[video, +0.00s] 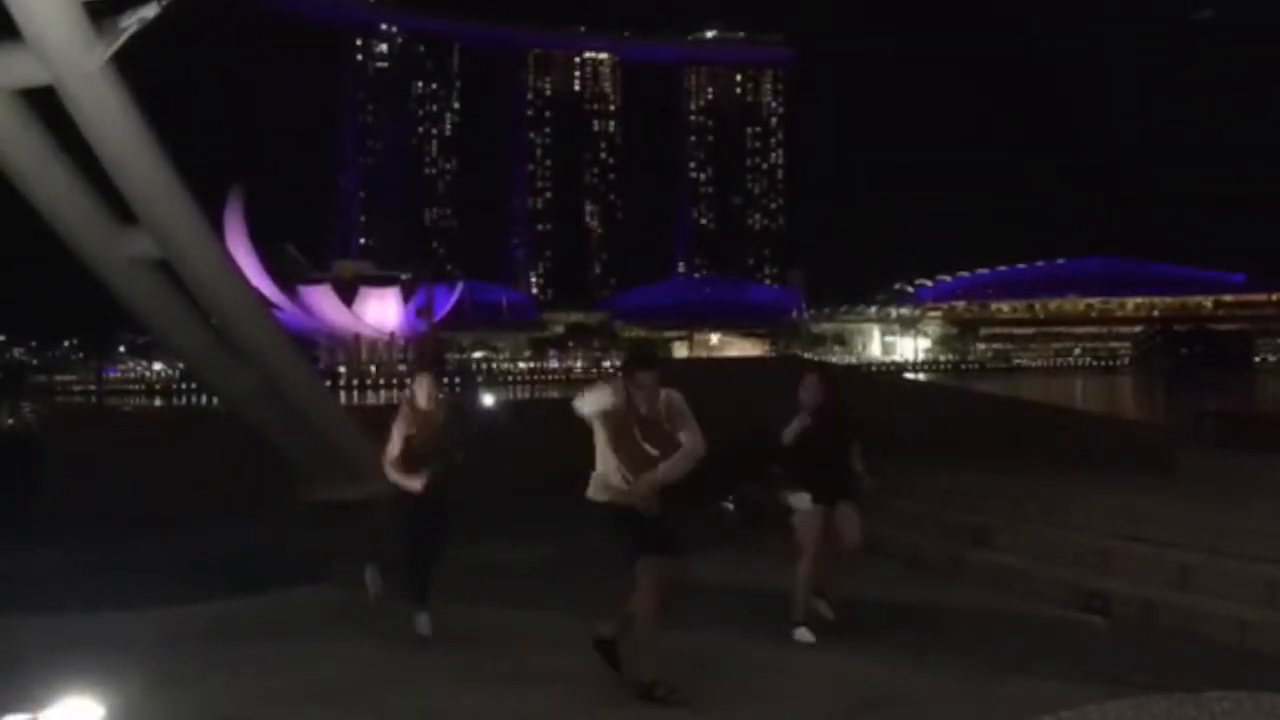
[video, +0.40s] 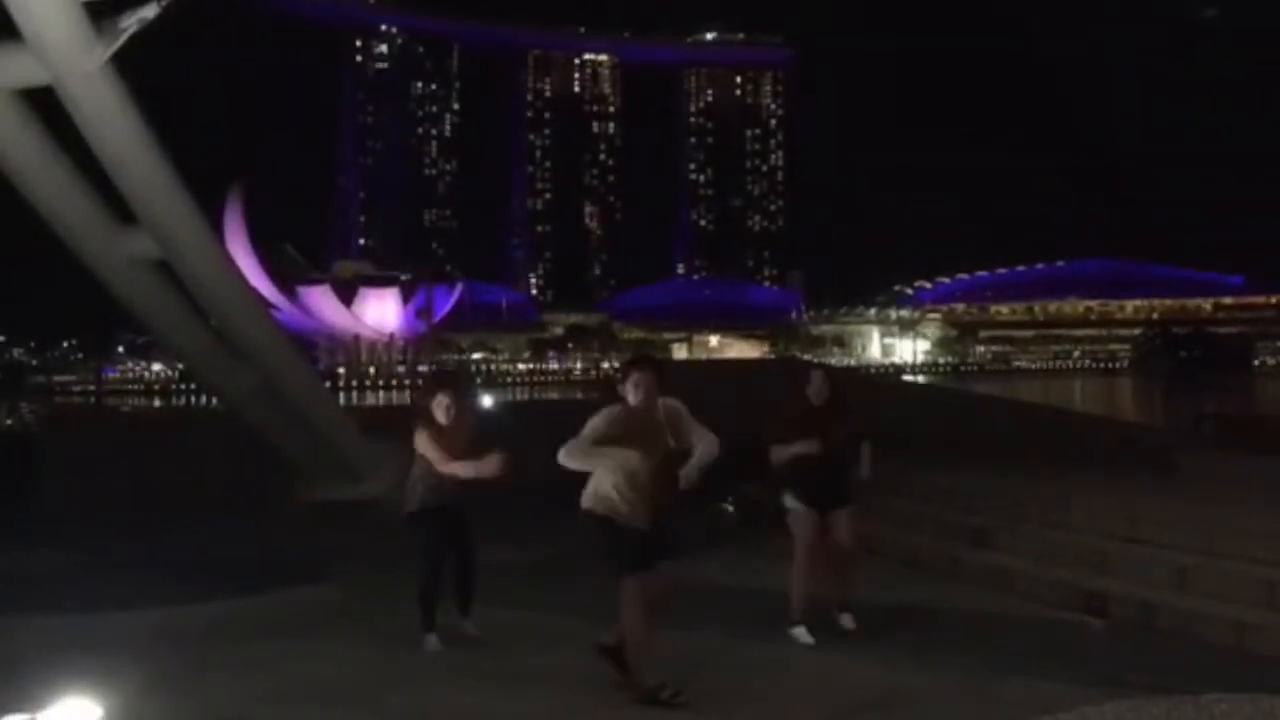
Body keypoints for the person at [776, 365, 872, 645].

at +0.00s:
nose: (808, 394)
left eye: (814, 389)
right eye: (805, 388)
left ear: (825, 393)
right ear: (799, 392)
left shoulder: (839, 421)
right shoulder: (796, 425)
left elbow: (852, 453)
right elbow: (780, 454)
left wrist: (860, 475)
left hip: (837, 489)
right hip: (806, 491)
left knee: (849, 540)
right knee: (810, 551)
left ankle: (821, 593)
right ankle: (799, 620)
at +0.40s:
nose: (818, 391)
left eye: (823, 385)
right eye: (813, 385)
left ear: (830, 387)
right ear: (806, 386)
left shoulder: (839, 413)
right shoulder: (795, 413)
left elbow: (860, 440)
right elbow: (775, 454)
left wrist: (862, 467)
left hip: (836, 487)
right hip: (802, 489)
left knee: (844, 546)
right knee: (805, 551)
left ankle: (843, 606)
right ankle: (797, 618)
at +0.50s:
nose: (820, 394)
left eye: (825, 388)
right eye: (816, 388)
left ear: (834, 391)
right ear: (810, 391)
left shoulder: (847, 422)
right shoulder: (800, 422)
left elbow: (862, 461)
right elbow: (789, 464)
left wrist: (859, 492)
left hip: (839, 495)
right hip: (806, 495)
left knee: (841, 552)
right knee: (800, 552)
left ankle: (843, 610)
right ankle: (788, 615)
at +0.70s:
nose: (817, 400)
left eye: (822, 394)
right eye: (813, 394)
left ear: (832, 398)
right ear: (808, 398)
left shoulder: (843, 428)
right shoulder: (799, 427)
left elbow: (856, 464)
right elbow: (773, 456)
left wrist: (829, 465)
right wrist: (753, 474)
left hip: (834, 498)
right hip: (800, 495)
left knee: (831, 554)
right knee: (789, 549)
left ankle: (841, 609)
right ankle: (781, 602)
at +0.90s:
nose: (797, 393)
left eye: (802, 387)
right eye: (794, 387)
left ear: (814, 389)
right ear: (790, 389)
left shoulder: (827, 416)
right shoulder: (785, 415)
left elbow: (849, 449)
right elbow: (758, 439)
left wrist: (833, 477)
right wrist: (764, 465)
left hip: (817, 484)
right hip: (789, 481)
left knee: (803, 538)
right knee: (787, 540)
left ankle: (824, 599)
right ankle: (794, 600)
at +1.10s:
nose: (786, 410)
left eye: (791, 406)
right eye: (786, 405)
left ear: (807, 409)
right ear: (787, 407)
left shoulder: (825, 432)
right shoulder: (784, 432)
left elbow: (856, 427)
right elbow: (740, 443)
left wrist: (857, 448)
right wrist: (768, 427)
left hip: (817, 498)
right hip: (794, 495)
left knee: (767, 531)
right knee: (793, 547)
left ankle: (759, 600)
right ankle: (797, 604)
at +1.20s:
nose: (789, 406)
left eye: (795, 401)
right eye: (788, 400)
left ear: (809, 404)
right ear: (786, 403)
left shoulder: (822, 429)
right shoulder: (789, 431)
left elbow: (855, 434)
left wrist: (847, 456)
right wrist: (762, 437)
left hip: (818, 491)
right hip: (791, 488)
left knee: (780, 537)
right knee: (771, 532)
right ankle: (793, 600)